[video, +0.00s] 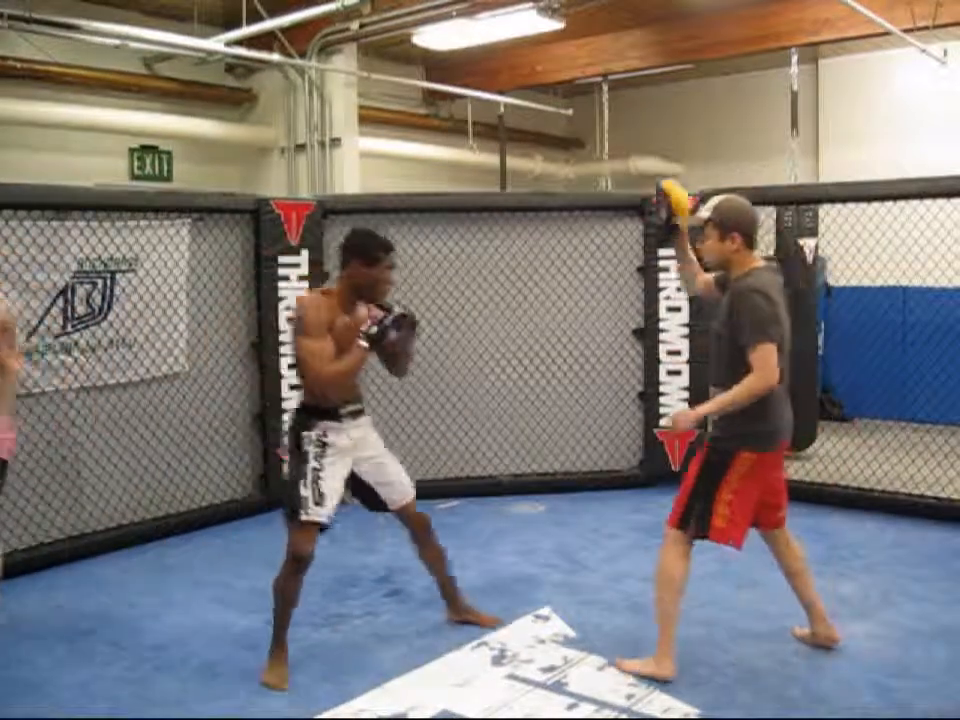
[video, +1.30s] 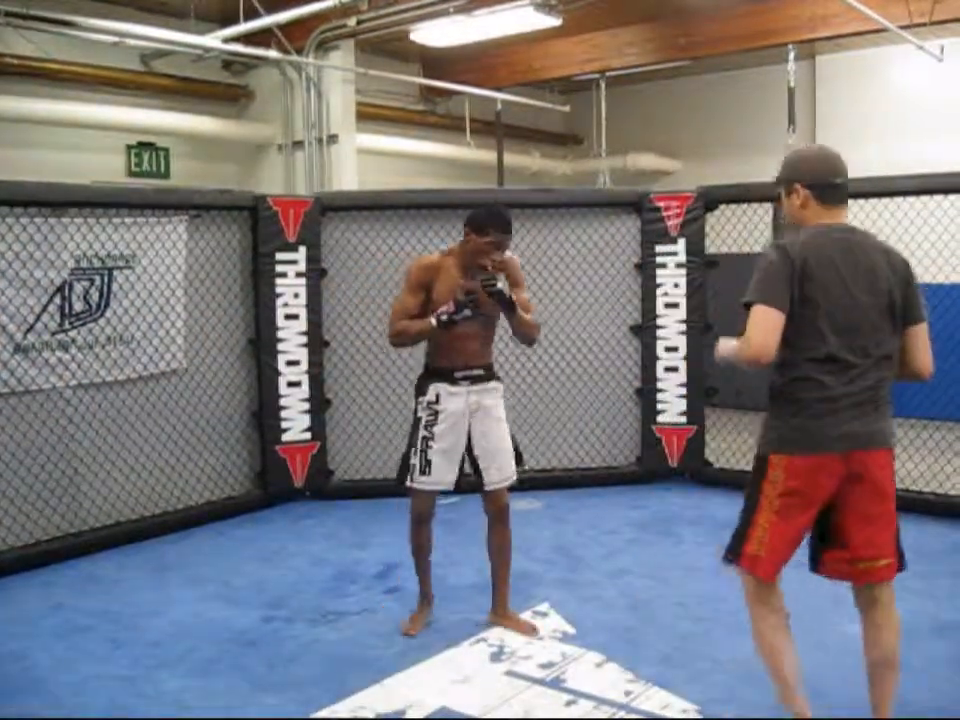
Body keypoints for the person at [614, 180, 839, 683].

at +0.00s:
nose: (699, 245)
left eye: (706, 235)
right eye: (700, 235)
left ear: (734, 240)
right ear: (738, 239)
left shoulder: (748, 293)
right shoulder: (757, 278)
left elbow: (765, 375)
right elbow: (700, 287)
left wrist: (699, 411)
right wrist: (679, 232)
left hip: (739, 435)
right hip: (767, 433)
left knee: (678, 536)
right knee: (775, 529)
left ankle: (663, 657)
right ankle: (821, 626)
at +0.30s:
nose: (623, 232)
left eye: (627, 224)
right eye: (623, 223)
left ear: (654, 228)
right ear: (668, 226)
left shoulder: (673, 277)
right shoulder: (697, 257)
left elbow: (691, 362)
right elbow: (651, 289)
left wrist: (632, 384)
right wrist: (619, 253)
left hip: (708, 423)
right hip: (751, 411)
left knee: (673, 537)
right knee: (777, 519)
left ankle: (662, 657)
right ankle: (804, 625)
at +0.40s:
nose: (611, 230)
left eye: (616, 221)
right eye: (611, 220)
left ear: (642, 225)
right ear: (654, 222)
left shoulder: (657, 273)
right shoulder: (698, 252)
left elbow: (668, 365)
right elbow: (714, 323)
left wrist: (616, 404)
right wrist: (650, 316)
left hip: (698, 420)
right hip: (744, 405)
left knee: (670, 536)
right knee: (765, 517)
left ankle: (661, 657)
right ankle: (804, 631)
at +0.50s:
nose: (613, 226)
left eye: (616, 217)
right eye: (612, 217)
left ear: (641, 219)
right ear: (659, 215)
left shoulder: (650, 273)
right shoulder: (712, 256)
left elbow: (656, 371)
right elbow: (755, 330)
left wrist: (639, 420)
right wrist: (712, 332)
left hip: (689, 424)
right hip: (742, 411)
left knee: (664, 538)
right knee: (765, 521)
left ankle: (661, 657)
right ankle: (802, 639)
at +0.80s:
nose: (678, 229)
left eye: (681, 222)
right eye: (680, 220)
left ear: (695, 228)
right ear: (733, 227)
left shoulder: (676, 289)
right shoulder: (780, 284)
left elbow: (682, 379)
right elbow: (809, 371)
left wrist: (687, 463)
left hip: (706, 450)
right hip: (771, 448)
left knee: (661, 552)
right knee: (795, 569)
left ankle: (658, 657)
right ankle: (814, 696)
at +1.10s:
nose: (758, 205)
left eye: (759, 195)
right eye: (759, 195)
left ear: (776, 193)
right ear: (814, 194)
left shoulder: (759, 251)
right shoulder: (861, 259)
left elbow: (728, 343)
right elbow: (884, 357)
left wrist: (687, 377)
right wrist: (829, 350)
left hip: (766, 435)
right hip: (840, 439)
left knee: (718, 556)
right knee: (833, 584)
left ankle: (711, 687)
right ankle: (823, 709)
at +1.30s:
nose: (781, 210)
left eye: (782, 200)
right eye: (780, 201)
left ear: (800, 195)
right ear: (842, 195)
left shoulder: (788, 253)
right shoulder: (892, 261)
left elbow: (762, 349)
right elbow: (919, 364)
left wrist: (730, 349)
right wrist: (862, 360)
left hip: (799, 450)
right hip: (872, 448)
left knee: (759, 578)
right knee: (877, 592)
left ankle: (798, 708)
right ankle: (883, 711)